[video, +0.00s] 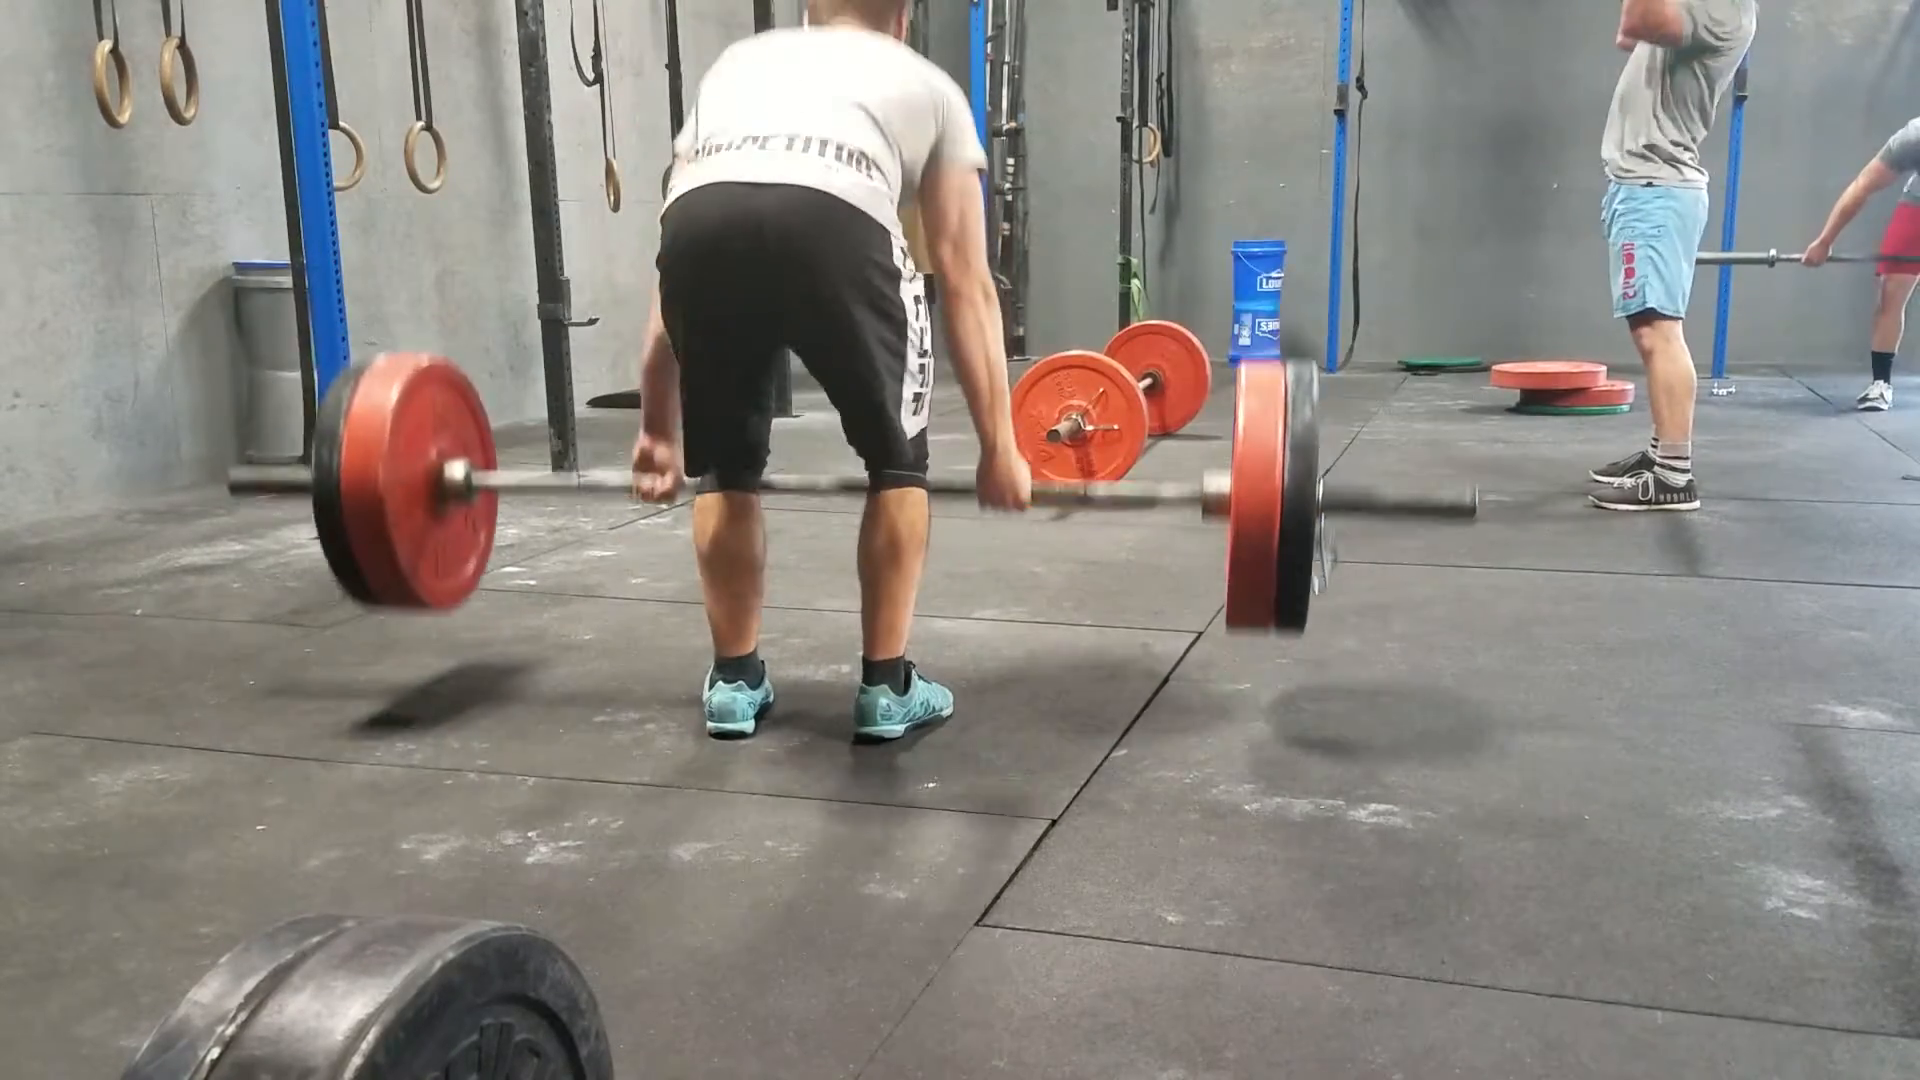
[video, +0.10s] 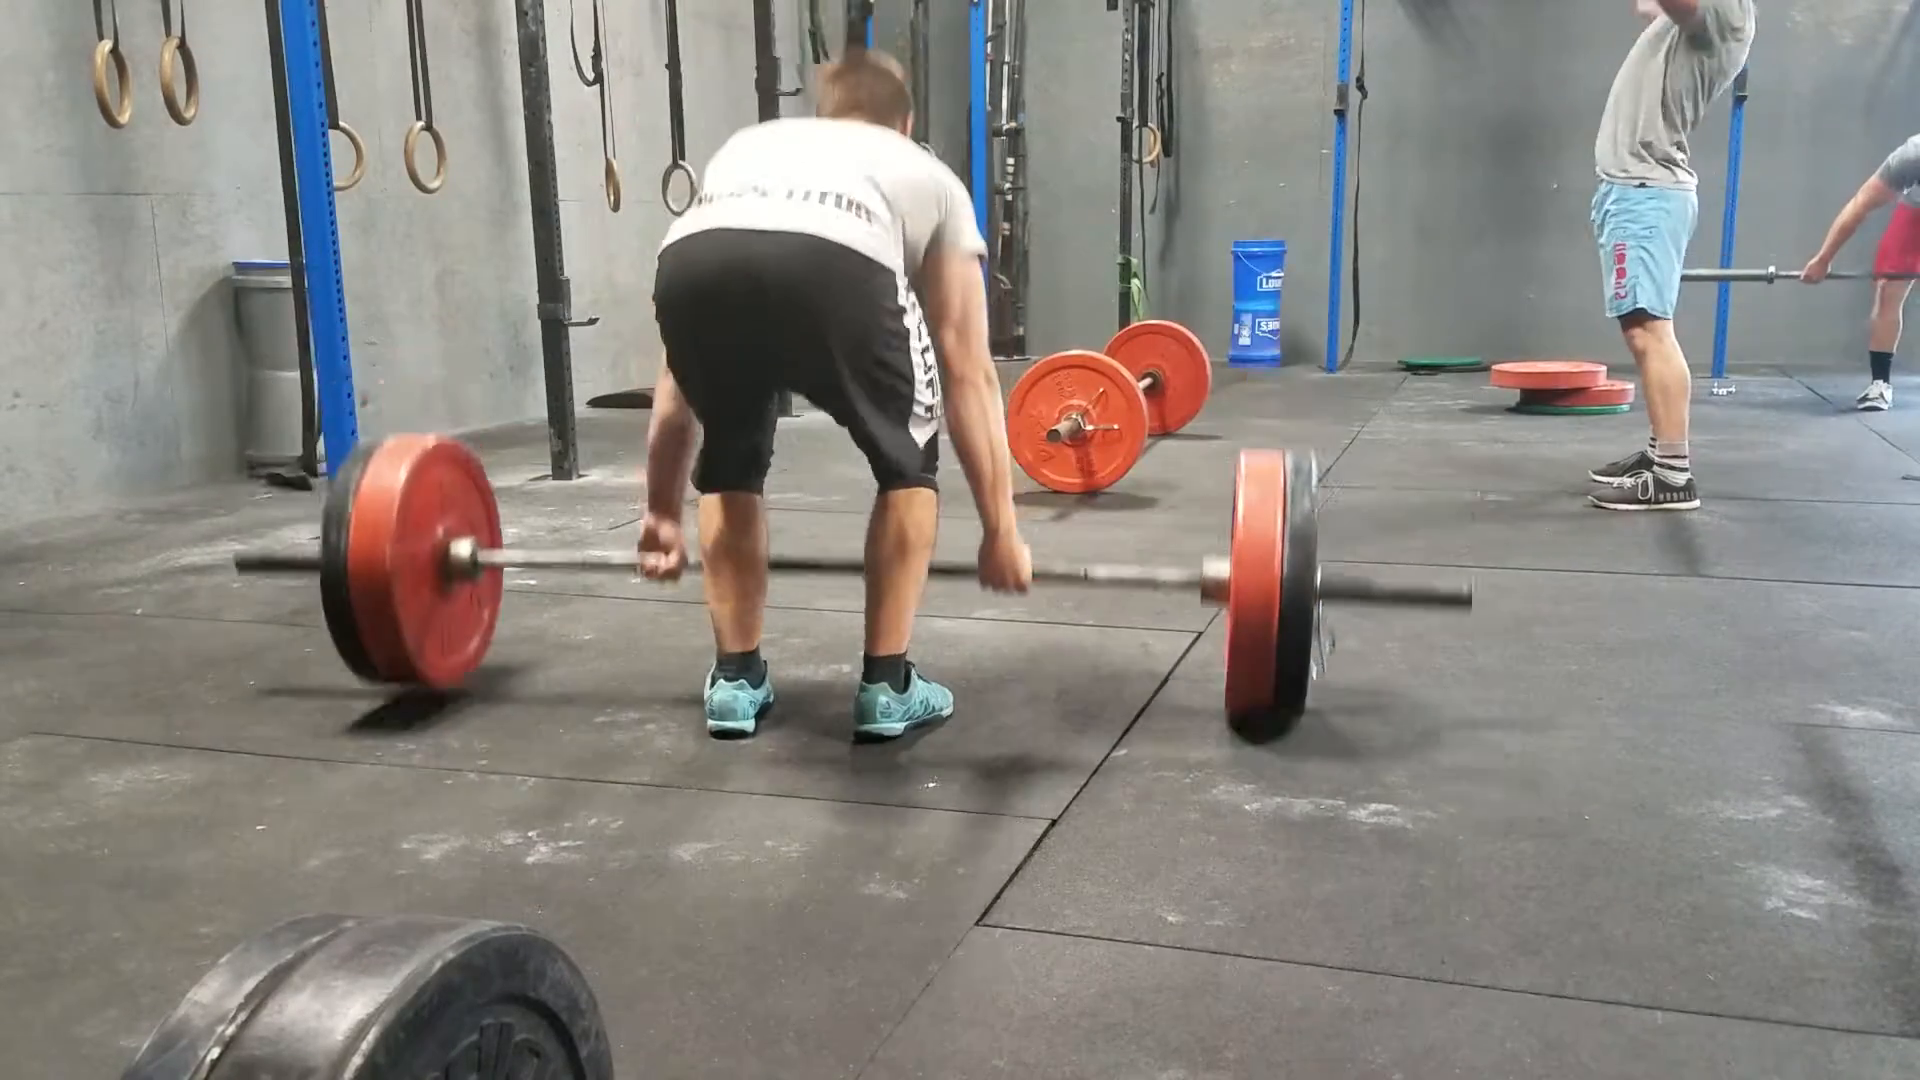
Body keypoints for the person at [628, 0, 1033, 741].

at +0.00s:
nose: (907, 27)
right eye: (910, 21)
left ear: (810, 15)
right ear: (901, 19)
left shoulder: (732, 63)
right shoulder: (931, 84)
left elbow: (676, 254)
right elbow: (963, 277)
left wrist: (656, 425)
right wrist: (998, 443)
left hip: (703, 224)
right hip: (834, 226)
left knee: (725, 476)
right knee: (895, 466)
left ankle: (733, 682)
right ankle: (884, 686)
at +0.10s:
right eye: (910, 131)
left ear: (820, 114)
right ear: (905, 126)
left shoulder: (743, 146)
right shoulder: (931, 178)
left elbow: (678, 391)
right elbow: (968, 371)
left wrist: (661, 509)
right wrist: (1001, 529)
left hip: (700, 261)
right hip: (839, 267)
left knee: (729, 472)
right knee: (908, 469)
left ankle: (736, 680)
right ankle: (886, 683)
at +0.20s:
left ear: (824, 147)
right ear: (912, 167)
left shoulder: (746, 173)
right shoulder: (934, 207)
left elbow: (664, 383)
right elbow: (969, 373)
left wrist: (657, 524)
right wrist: (1002, 531)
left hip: (700, 277)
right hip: (839, 288)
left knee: (737, 478)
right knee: (910, 477)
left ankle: (738, 677)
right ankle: (887, 682)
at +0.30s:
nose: (910, 125)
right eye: (912, 116)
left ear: (819, 101)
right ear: (904, 109)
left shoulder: (742, 134)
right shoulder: (928, 163)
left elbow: (668, 367)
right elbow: (966, 338)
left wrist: (655, 485)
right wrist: (1000, 495)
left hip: (697, 239)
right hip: (836, 248)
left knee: (736, 465)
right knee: (899, 465)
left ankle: (734, 681)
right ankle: (886, 684)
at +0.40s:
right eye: (911, 38)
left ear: (822, 30)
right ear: (905, 38)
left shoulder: (741, 68)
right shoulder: (931, 94)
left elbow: (668, 270)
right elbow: (965, 269)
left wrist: (648, 415)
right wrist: (998, 428)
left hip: (701, 207)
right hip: (829, 214)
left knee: (732, 468)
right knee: (889, 461)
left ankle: (731, 682)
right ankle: (884, 687)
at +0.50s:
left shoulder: (713, 15)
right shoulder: (930, 11)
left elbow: (659, 219)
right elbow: (965, 184)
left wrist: (647, 338)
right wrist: (998, 342)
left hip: (709, 189)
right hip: (834, 189)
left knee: (731, 462)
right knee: (885, 459)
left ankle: (731, 682)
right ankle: (885, 687)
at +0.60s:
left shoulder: (689, 5)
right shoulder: (929, 4)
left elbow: (660, 118)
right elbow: (960, 111)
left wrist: (639, 261)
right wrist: (995, 267)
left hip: (725, 180)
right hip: (847, 182)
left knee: (737, 453)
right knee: (880, 454)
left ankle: (732, 681)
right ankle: (885, 686)